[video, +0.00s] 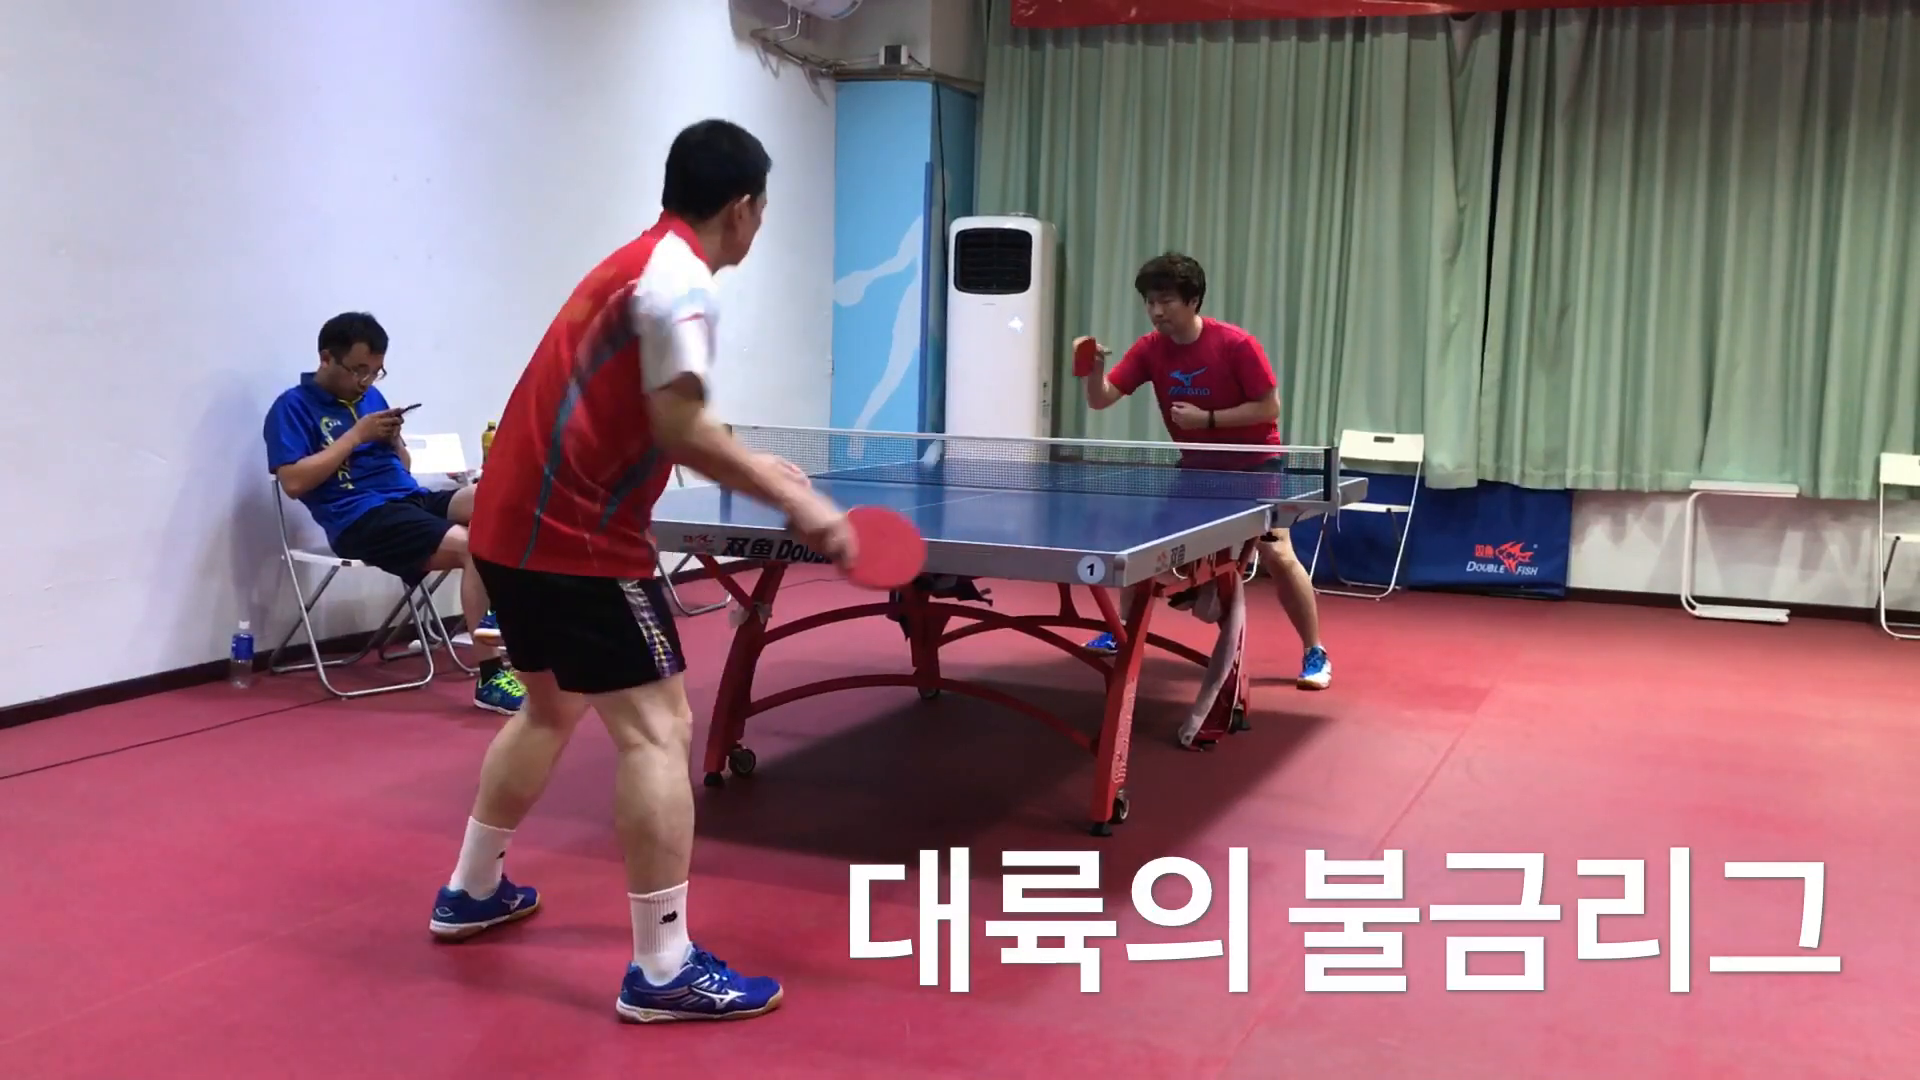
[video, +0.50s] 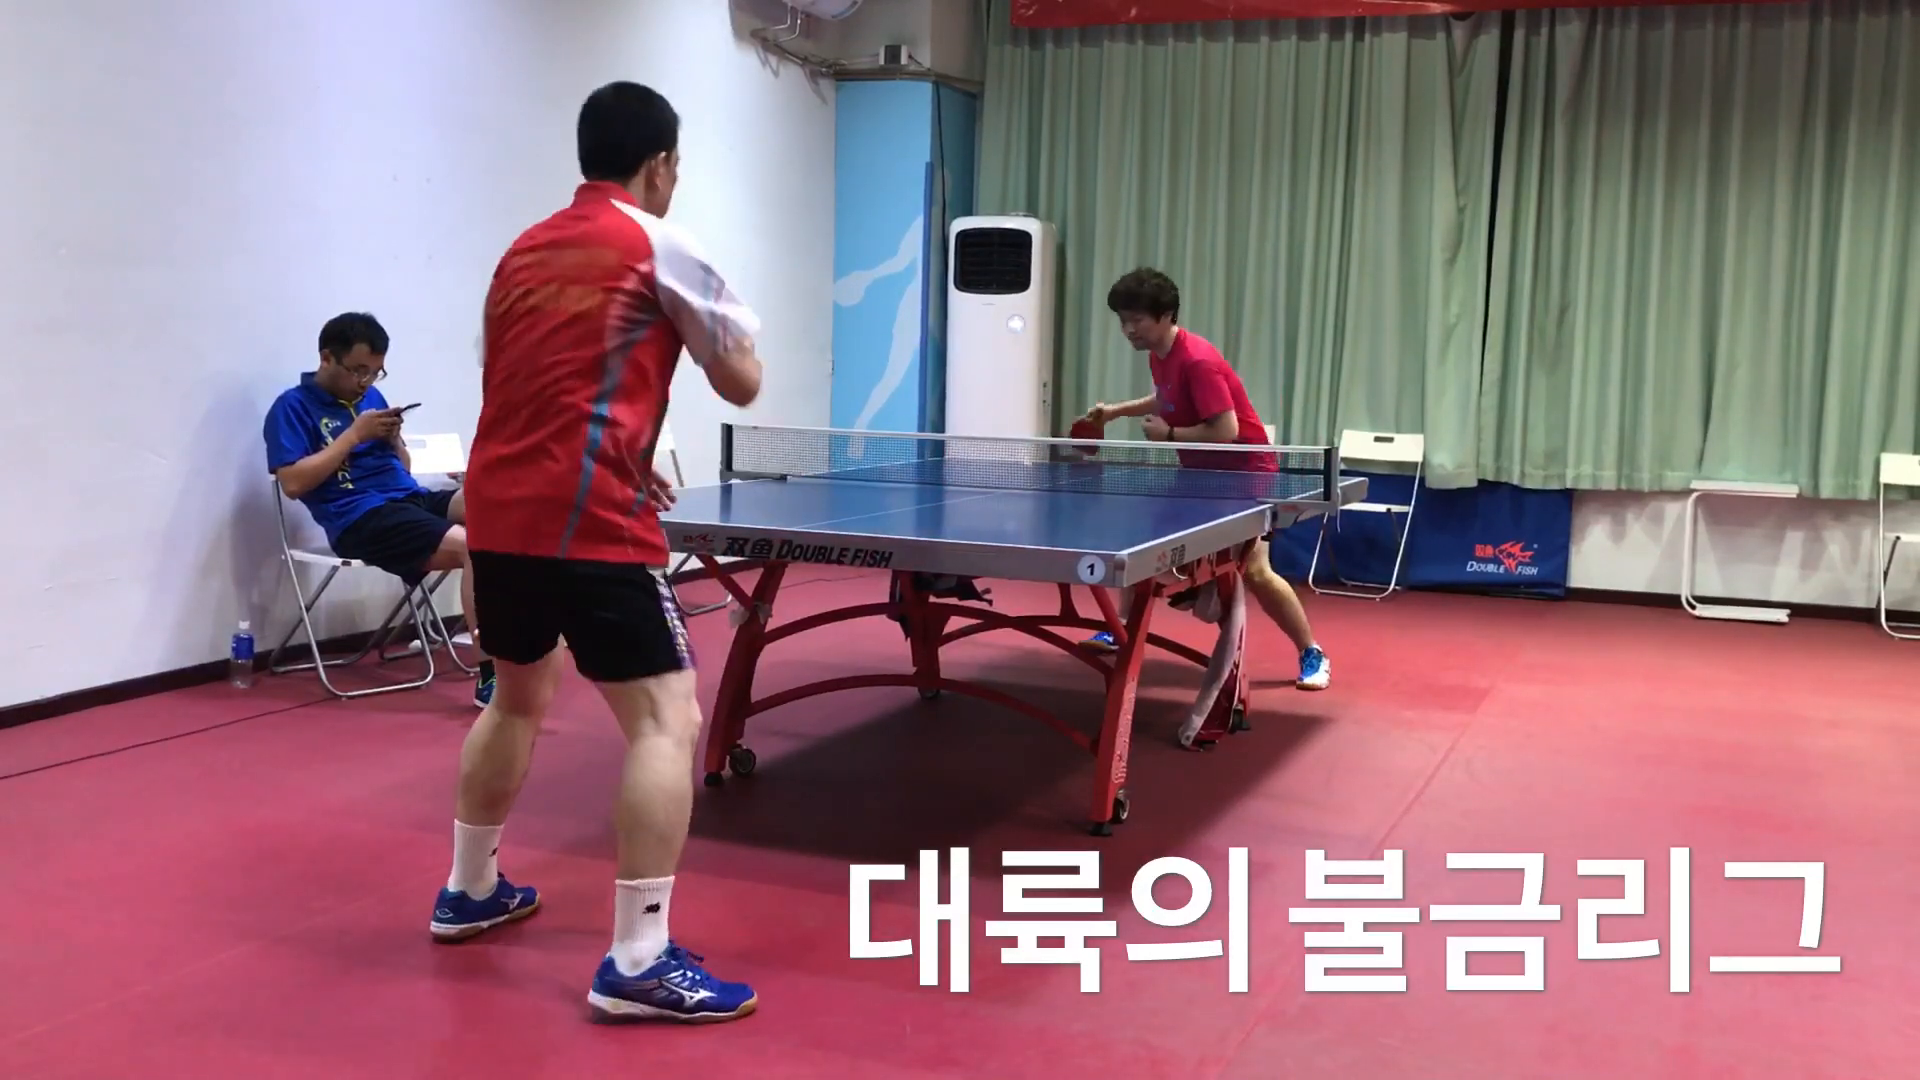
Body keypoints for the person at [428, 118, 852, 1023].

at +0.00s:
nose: (758, 224)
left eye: (759, 208)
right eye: (759, 207)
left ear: (680, 193)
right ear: (738, 206)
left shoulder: (639, 263)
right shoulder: (676, 278)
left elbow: (663, 420)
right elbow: (682, 430)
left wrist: (751, 464)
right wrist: (798, 504)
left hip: (512, 525)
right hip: (577, 536)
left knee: (550, 710)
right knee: (657, 729)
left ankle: (470, 889)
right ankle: (664, 966)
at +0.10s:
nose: (751, 237)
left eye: (754, 221)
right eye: (751, 220)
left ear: (684, 205)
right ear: (719, 213)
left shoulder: (640, 264)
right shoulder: (644, 267)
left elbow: (626, 412)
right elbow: (591, 396)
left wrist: (714, 473)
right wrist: (708, 474)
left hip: (517, 533)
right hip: (567, 537)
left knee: (559, 711)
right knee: (649, 728)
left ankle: (472, 889)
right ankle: (662, 965)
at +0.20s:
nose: (726, 221)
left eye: (730, 205)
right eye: (726, 202)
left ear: (668, 181)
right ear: (694, 190)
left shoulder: (631, 250)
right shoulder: (615, 235)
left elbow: (591, 384)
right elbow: (557, 358)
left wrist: (654, 456)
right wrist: (695, 402)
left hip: (526, 519)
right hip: (560, 522)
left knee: (552, 705)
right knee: (640, 714)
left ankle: (471, 887)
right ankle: (664, 952)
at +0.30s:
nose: (704, 190)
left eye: (705, 173)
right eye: (704, 172)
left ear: (625, 155)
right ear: (677, 164)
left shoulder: (579, 217)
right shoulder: (619, 219)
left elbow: (557, 375)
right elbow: (666, 359)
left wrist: (631, 447)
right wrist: (727, 333)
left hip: (504, 500)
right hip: (565, 502)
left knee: (539, 693)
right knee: (644, 697)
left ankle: (470, 884)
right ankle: (647, 939)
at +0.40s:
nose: (692, 177)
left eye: (691, 160)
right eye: (692, 159)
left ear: (604, 153)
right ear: (669, 156)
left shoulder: (548, 229)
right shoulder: (633, 219)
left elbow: (548, 371)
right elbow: (709, 356)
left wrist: (629, 442)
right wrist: (744, 311)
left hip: (496, 501)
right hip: (577, 502)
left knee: (523, 692)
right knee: (646, 702)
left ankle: (469, 884)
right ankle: (643, 942)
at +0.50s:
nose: (677, 181)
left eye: (676, 168)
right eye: (676, 167)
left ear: (584, 164)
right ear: (657, 166)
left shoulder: (521, 250)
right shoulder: (657, 247)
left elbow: (515, 388)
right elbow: (742, 383)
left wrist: (628, 455)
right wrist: (713, 314)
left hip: (499, 524)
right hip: (598, 529)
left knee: (513, 702)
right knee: (663, 722)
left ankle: (469, 889)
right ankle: (639, 958)